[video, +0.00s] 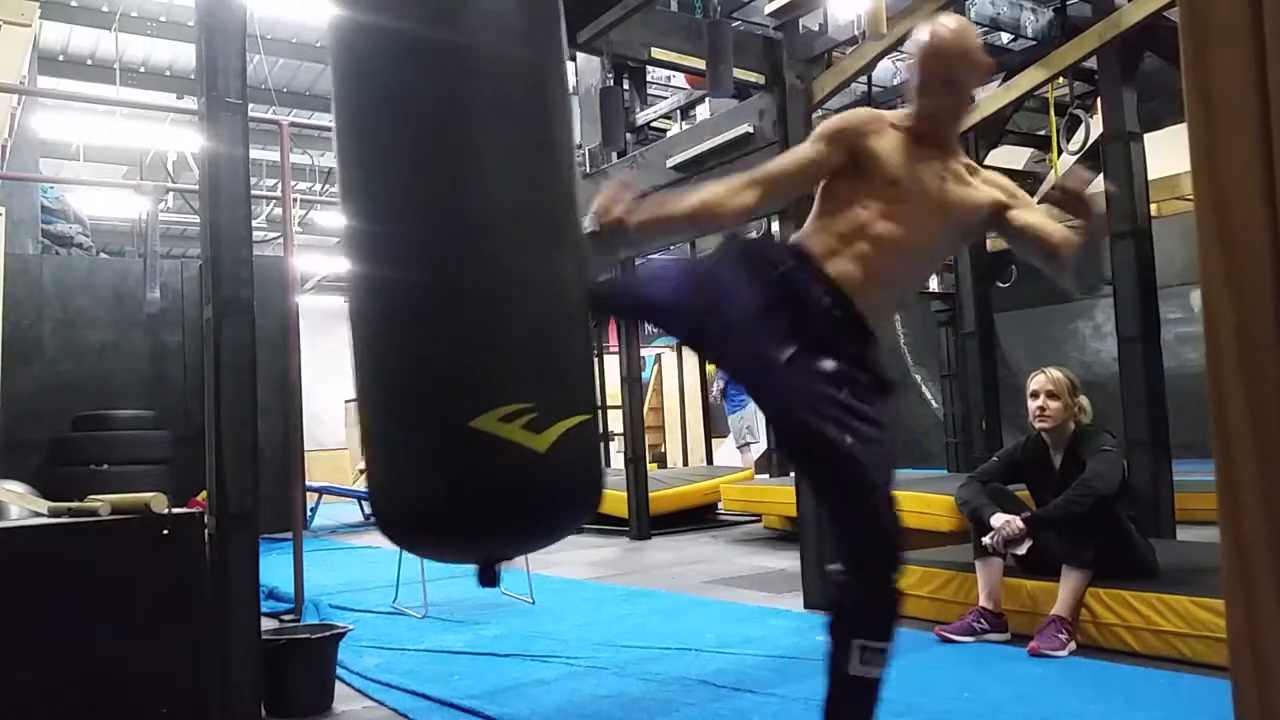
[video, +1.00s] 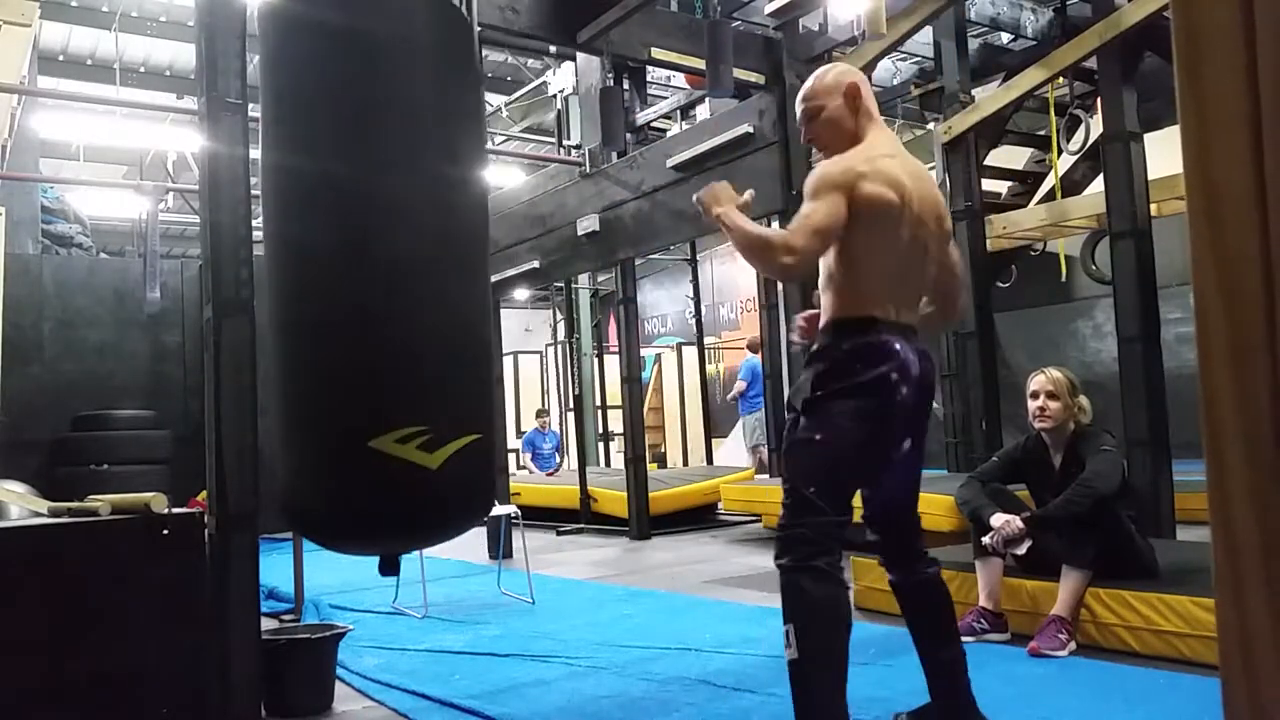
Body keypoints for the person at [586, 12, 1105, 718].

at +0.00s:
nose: (933, 86)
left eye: (951, 72)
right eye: (927, 66)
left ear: (975, 82)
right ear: (910, 68)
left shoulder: (991, 190)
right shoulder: (861, 131)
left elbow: (1076, 266)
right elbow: (748, 191)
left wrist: (1091, 222)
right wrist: (637, 215)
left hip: (847, 355)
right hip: (775, 285)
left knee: (874, 539)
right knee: (647, 286)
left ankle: (847, 713)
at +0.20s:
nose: (927, 90)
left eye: (945, 82)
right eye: (924, 78)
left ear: (980, 90)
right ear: (916, 78)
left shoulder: (1000, 208)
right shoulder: (861, 125)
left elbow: (942, 276)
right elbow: (761, 172)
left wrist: (930, 148)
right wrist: (672, 147)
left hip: (808, 354)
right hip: (742, 271)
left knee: (802, 569)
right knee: (596, 269)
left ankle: (782, 713)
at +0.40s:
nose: (884, 43)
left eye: (904, 32)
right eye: (879, 32)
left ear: (953, 46)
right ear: (871, 46)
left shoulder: (982, 167)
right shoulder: (833, 141)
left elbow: (980, 276)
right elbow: (720, 195)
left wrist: (908, 166)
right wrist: (637, 138)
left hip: (834, 360)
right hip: (749, 313)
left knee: (806, 567)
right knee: (590, 405)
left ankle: (799, 715)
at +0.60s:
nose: (823, 64)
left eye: (841, 48)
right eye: (822, 54)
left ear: (893, 51)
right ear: (823, 72)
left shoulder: (935, 160)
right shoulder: (801, 181)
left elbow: (986, 275)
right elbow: (750, 284)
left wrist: (894, 269)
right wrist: (726, 232)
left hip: (838, 354)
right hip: (769, 352)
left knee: (803, 545)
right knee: (773, 528)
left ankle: (797, 711)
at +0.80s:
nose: (809, 117)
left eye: (817, 98)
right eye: (804, 105)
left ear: (862, 84)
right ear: (859, 91)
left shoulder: (880, 164)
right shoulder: (866, 174)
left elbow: (905, 261)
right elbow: (861, 305)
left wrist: (787, 268)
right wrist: (786, 317)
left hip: (849, 378)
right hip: (864, 379)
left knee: (790, 553)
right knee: (881, 550)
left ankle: (800, 711)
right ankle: (956, 703)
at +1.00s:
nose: (806, 133)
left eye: (812, 114)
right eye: (801, 120)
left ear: (855, 94)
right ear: (867, 101)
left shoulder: (840, 171)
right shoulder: (923, 180)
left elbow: (788, 256)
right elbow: (946, 301)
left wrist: (726, 213)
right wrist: (842, 316)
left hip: (853, 367)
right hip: (912, 367)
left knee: (808, 543)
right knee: (898, 534)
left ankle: (821, 710)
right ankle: (954, 700)